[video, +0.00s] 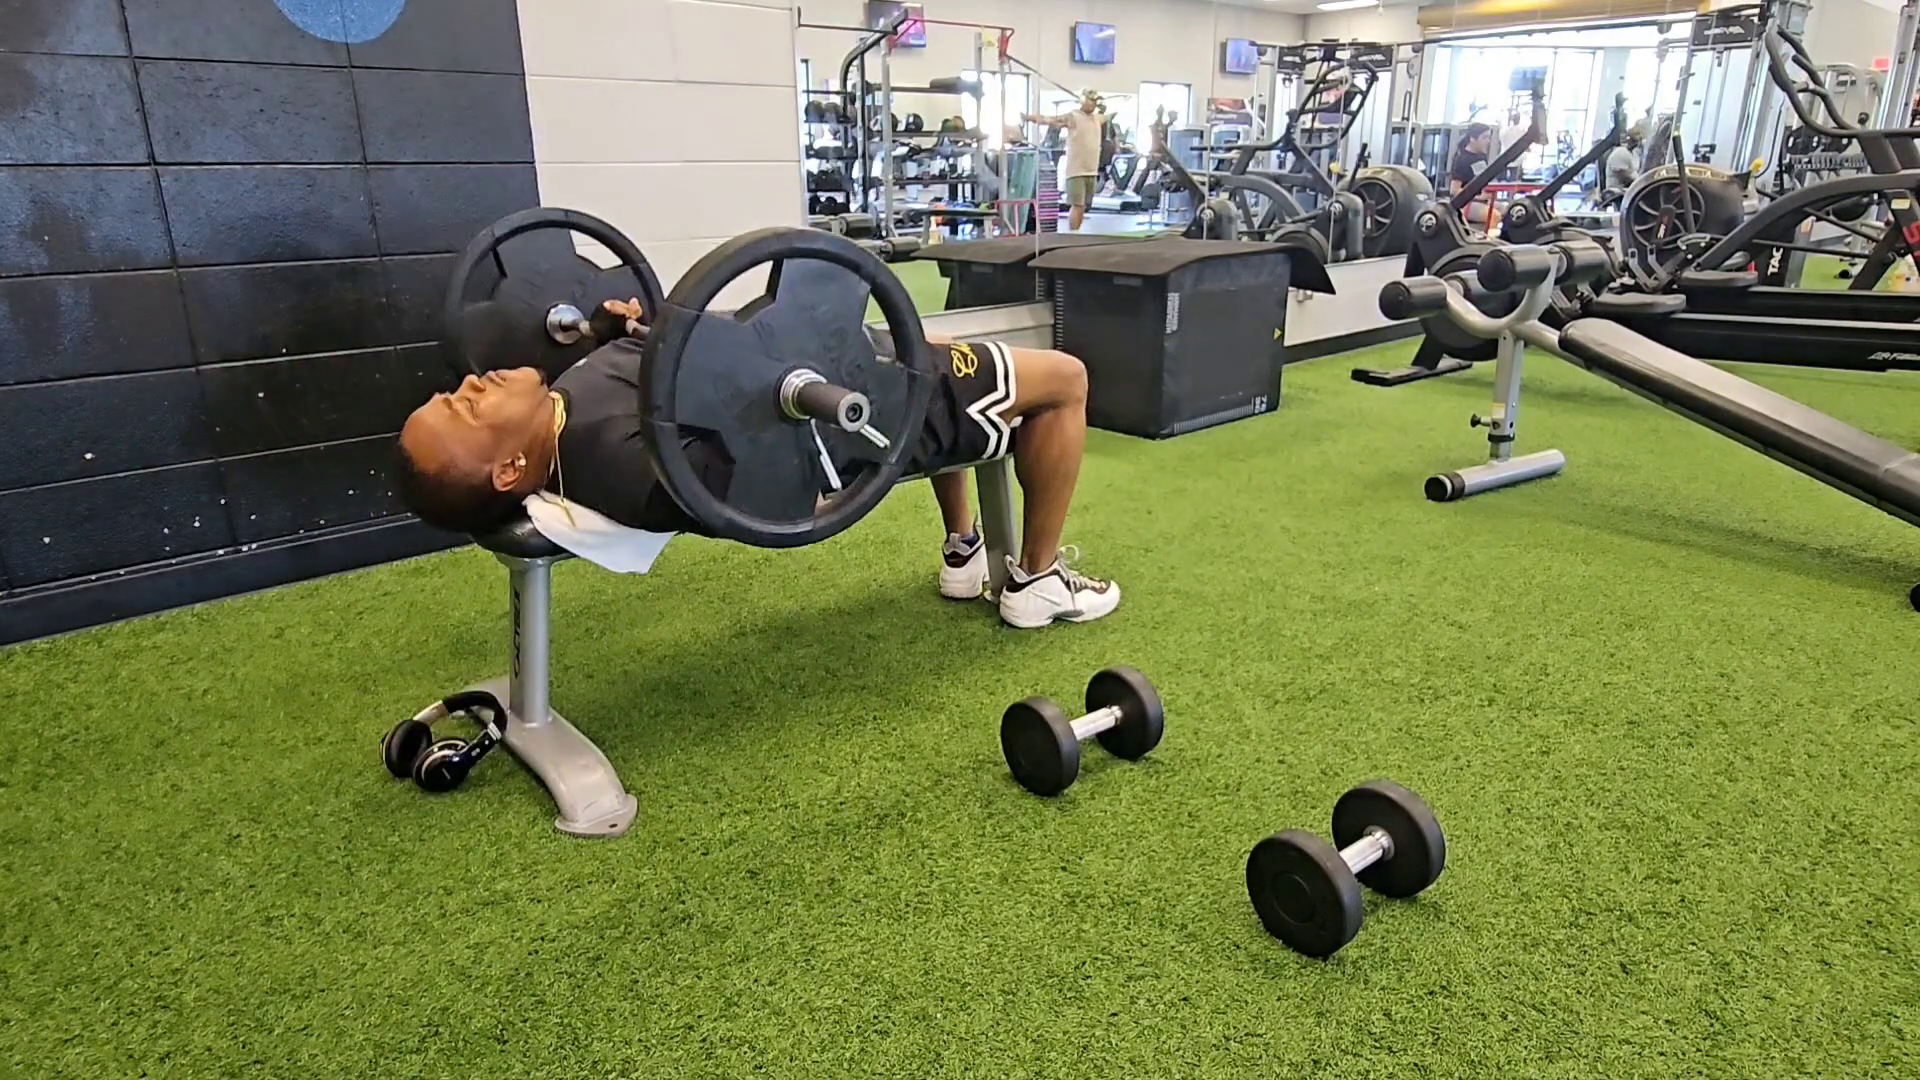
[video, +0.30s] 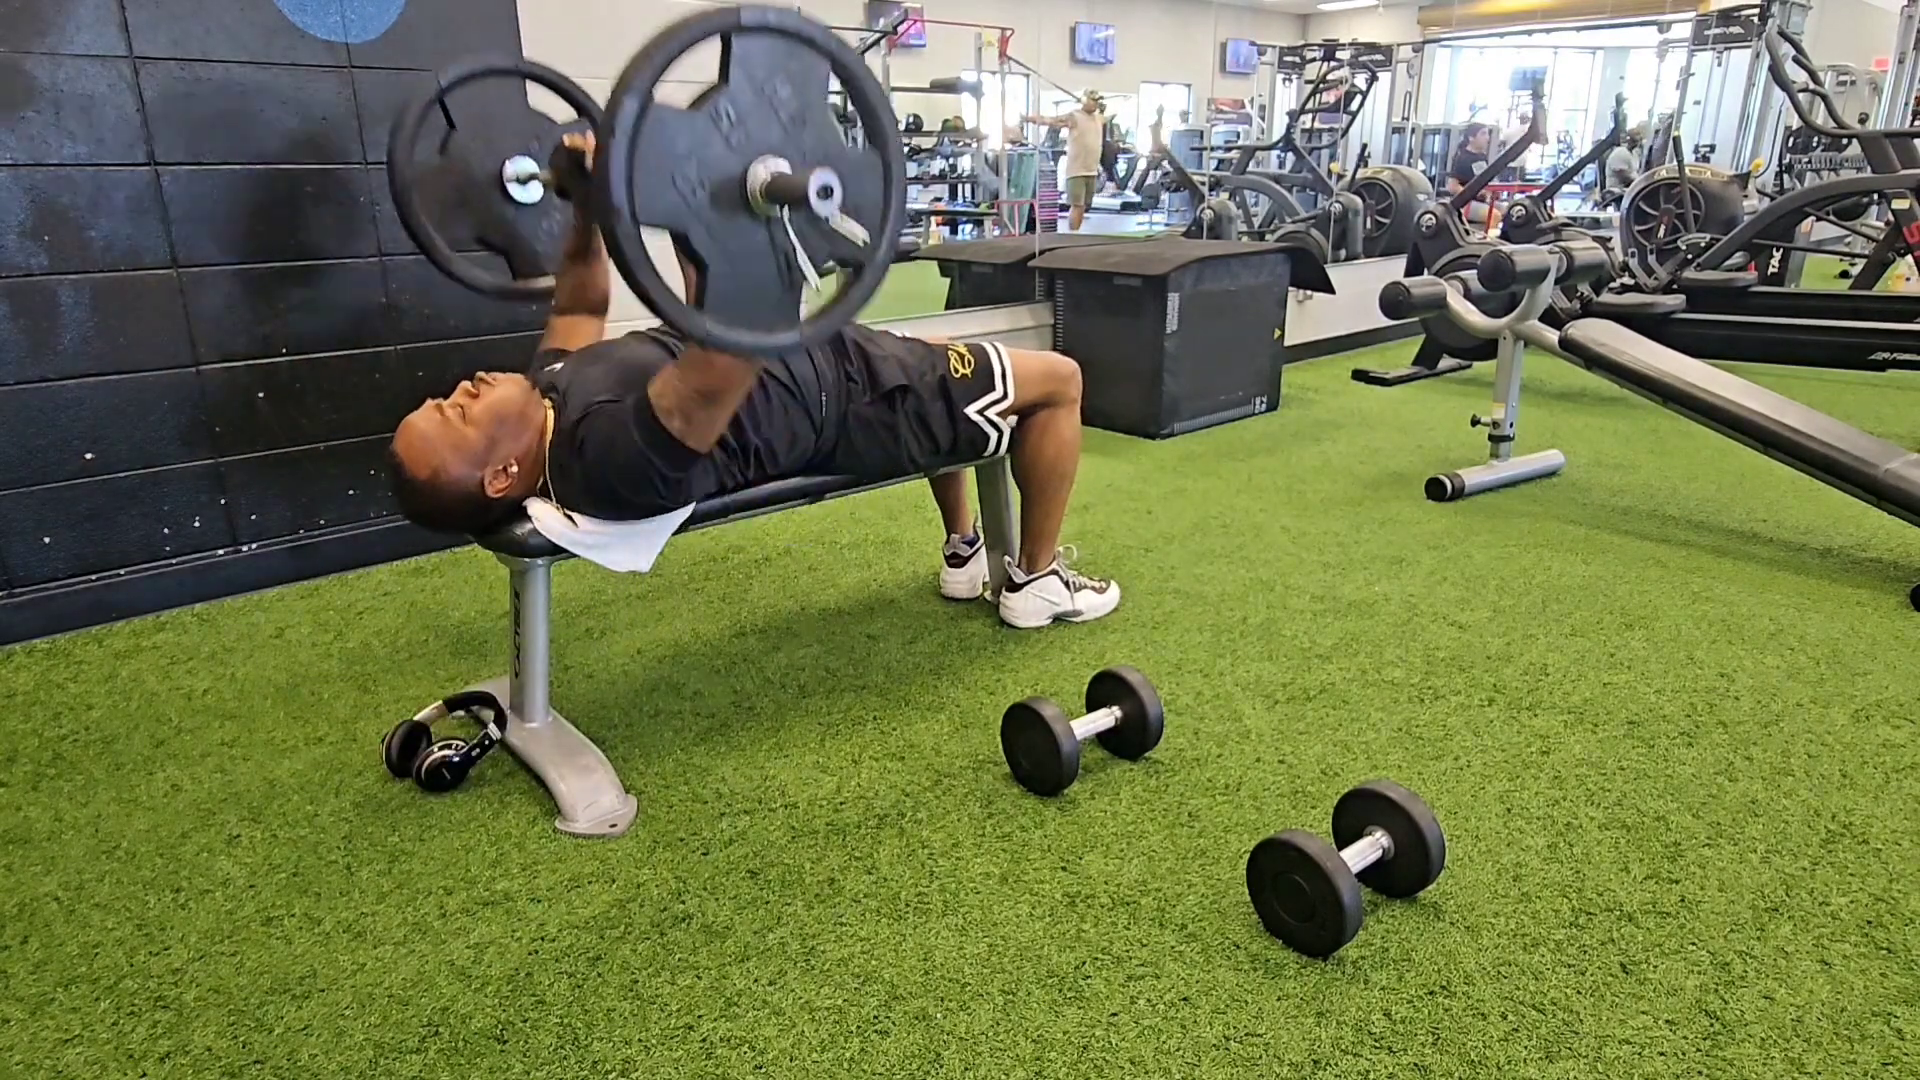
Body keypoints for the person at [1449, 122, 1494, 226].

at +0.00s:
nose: (1488, 141)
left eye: (1489, 137)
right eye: (1485, 137)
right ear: (1472, 139)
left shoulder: (1483, 157)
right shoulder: (1462, 159)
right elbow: (1454, 190)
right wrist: (1480, 197)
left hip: (1484, 200)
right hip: (1466, 203)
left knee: (1506, 209)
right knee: (1494, 216)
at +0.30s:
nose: (1487, 138)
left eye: (1487, 134)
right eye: (1483, 134)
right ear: (1470, 138)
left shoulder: (1483, 157)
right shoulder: (1461, 157)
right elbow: (1452, 186)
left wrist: (1490, 192)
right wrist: (1477, 194)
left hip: (1484, 200)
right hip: (1465, 202)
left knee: (1507, 209)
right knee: (1495, 216)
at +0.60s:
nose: (1488, 137)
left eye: (1488, 134)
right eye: (1483, 134)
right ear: (1470, 137)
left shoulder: (1483, 157)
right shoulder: (1462, 156)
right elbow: (1455, 184)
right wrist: (1479, 193)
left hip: (1485, 201)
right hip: (1467, 203)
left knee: (1507, 213)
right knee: (1495, 216)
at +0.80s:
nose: (1489, 136)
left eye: (1489, 133)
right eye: (1484, 133)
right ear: (1471, 137)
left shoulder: (1484, 156)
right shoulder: (1464, 156)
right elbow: (1456, 183)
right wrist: (1479, 193)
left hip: (1486, 200)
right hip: (1468, 201)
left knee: (1510, 212)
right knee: (1496, 216)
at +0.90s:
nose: (1490, 136)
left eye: (1490, 132)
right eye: (1485, 133)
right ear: (1473, 137)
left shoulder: (1484, 156)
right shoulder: (1465, 156)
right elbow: (1456, 184)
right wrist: (1480, 194)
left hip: (1486, 202)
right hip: (1468, 203)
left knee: (1510, 212)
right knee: (1495, 216)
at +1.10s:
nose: (1490, 136)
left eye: (1490, 132)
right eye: (1485, 133)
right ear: (1473, 137)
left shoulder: (1484, 157)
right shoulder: (1465, 156)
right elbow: (1457, 185)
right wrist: (1479, 194)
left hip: (1485, 201)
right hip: (1468, 203)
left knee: (1507, 211)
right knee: (1496, 216)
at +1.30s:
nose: (1488, 136)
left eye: (1489, 133)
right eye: (1483, 133)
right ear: (1471, 137)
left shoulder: (1484, 157)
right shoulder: (1465, 156)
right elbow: (1456, 184)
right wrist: (1479, 194)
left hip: (1486, 201)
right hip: (1469, 203)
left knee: (1508, 211)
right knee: (1496, 214)